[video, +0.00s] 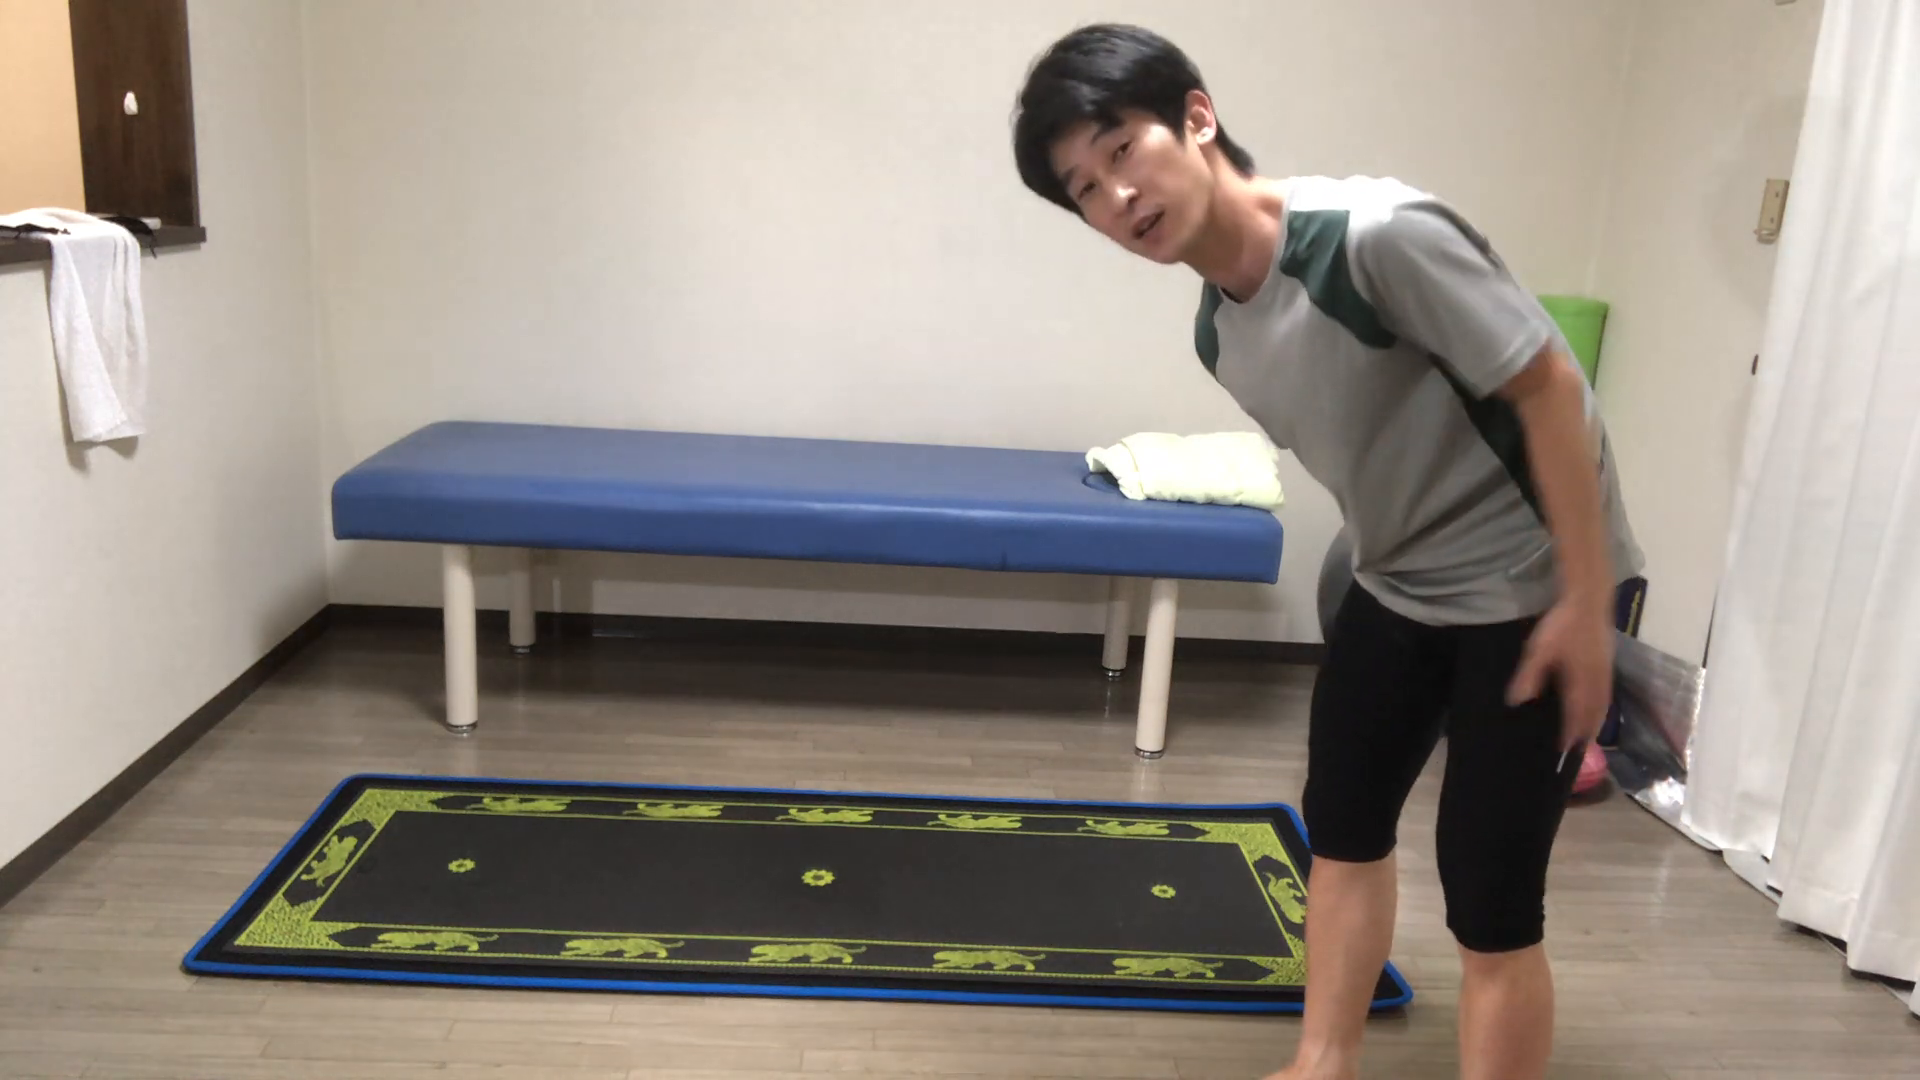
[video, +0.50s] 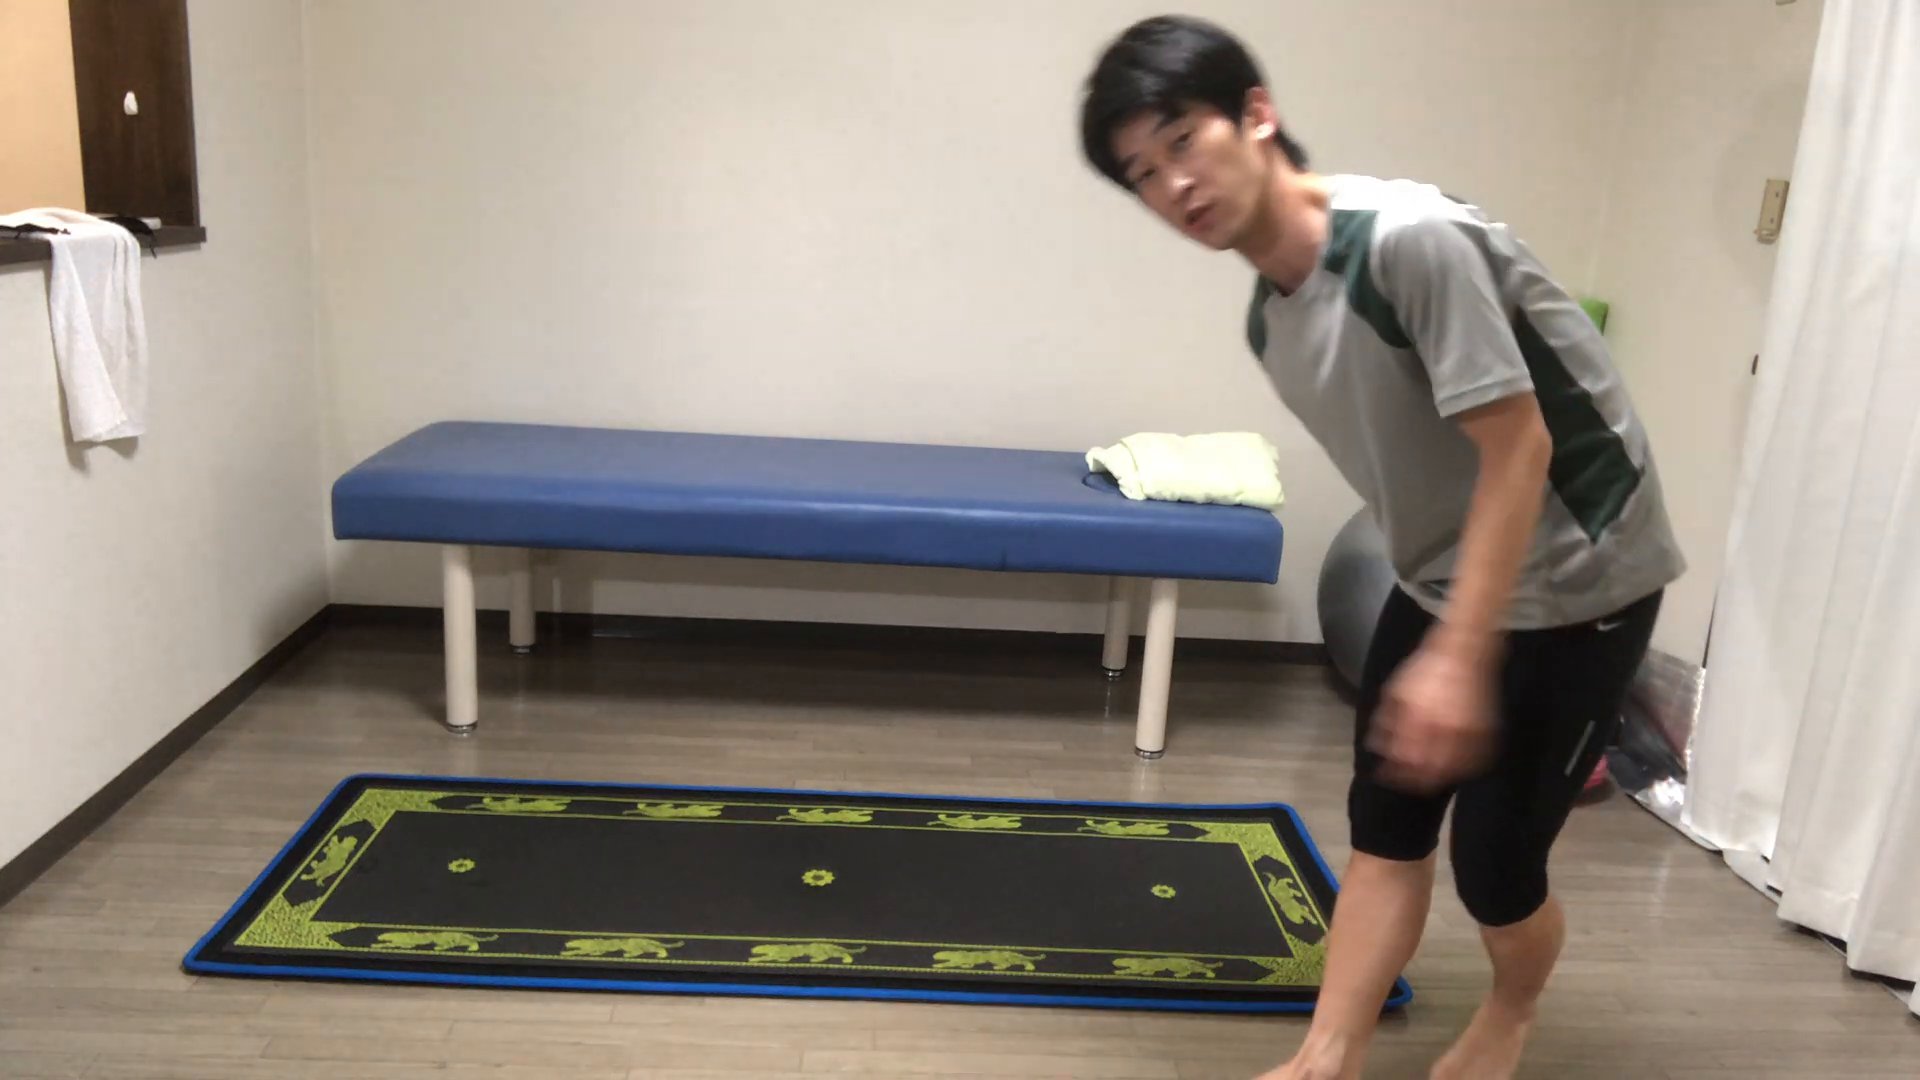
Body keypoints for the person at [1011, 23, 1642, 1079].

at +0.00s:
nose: (1117, 198)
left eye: (1123, 150)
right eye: (1084, 193)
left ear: (1199, 119)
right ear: (1081, 220)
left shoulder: (1383, 238)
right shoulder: (1220, 333)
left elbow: (1550, 387)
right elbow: (1372, 457)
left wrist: (1587, 602)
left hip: (1525, 598)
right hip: (1392, 591)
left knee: (1494, 908)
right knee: (1344, 833)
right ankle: (1323, 1060)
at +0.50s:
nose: (1174, 185)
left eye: (1183, 142)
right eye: (1144, 177)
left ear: (1258, 118)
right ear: (1138, 204)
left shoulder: (1414, 242)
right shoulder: (1270, 323)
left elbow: (1520, 449)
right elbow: (1410, 469)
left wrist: (1458, 654)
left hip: (1581, 580)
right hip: (1443, 579)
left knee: (1493, 857)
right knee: (1386, 815)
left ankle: (1510, 1011)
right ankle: (1326, 1058)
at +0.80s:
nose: (1330, 113)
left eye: (1350, 70)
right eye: (1298, 96)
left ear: (1420, 59)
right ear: (1283, 121)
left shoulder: (1555, 208)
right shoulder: (1355, 278)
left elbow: (1629, 409)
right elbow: (1432, 441)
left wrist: (1450, 533)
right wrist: (1435, 570)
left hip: (1615, 583)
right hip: (1474, 577)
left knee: (1536, 830)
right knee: (1394, 799)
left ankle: (1508, 1033)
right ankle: (1332, 1044)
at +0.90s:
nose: (1374, 86)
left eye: (1396, 47)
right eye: (1343, 67)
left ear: (1462, 40)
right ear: (1325, 96)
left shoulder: (1596, 196)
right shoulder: (1380, 262)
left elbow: (1665, 404)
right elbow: (1437, 433)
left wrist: (1573, 581)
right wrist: (1451, 571)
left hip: (1623, 576)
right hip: (1477, 569)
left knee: (1542, 825)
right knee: (1383, 790)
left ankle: (1504, 1036)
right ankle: (1327, 1040)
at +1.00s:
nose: (1406, 59)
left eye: (1431, 22)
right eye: (1376, 38)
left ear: (1500, 25)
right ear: (1361, 63)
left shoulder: (1621, 191)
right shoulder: (1401, 234)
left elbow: (1689, 406)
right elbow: (1447, 412)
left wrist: (1710, 596)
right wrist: (1453, 548)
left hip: (1607, 578)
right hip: (1468, 561)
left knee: (1540, 819)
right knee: (1362, 775)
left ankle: (1504, 1034)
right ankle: (1317, 1031)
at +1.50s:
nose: (1402, 8)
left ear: (1494, 7)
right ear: (1370, 12)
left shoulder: (1574, 159)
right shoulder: (1362, 167)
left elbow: (1604, 375)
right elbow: (1364, 354)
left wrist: (1566, 556)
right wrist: (1345, 505)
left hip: (1513, 538)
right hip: (1386, 523)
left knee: (1506, 789)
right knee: (1314, 735)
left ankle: (1504, 1021)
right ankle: (1290, 956)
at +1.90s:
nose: (1233, 11)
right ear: (1201, 12)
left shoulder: (1408, 126)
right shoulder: (1229, 163)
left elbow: (1471, 328)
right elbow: (1239, 343)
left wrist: (1394, 499)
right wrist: (1199, 493)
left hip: (1370, 528)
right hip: (1257, 520)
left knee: (1332, 778)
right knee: (1268, 752)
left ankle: (1447, 978)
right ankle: (1287, 955)